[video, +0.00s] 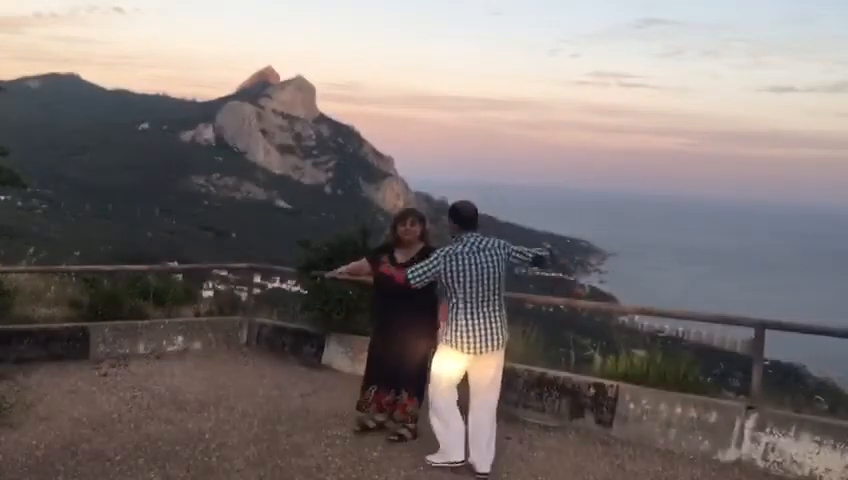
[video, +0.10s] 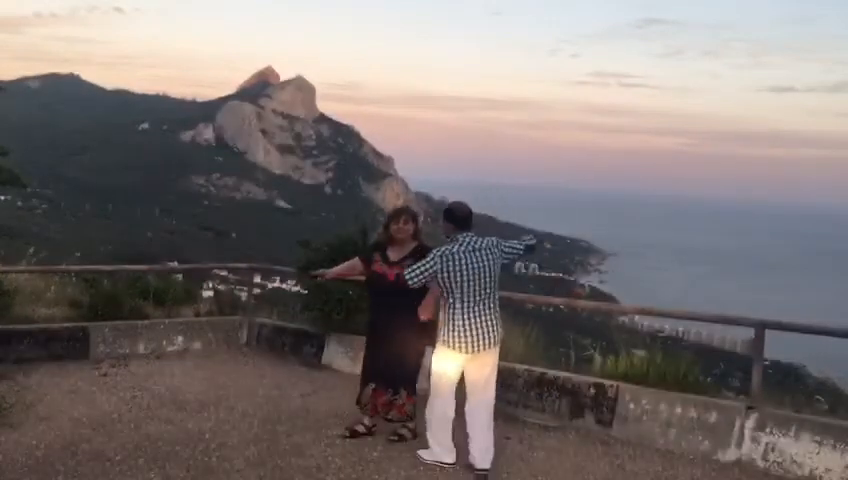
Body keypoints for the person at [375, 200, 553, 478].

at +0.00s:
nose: (449, 226)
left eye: (449, 222)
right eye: (451, 221)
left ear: (452, 224)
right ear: (476, 222)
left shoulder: (446, 254)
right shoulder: (498, 246)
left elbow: (410, 278)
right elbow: (534, 258)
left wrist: (385, 268)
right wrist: (545, 257)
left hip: (457, 337)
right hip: (493, 336)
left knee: (441, 391)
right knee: (484, 400)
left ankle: (452, 452)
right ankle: (482, 462)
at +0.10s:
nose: (442, 227)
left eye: (443, 223)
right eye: (444, 223)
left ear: (446, 225)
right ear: (471, 223)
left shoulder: (442, 254)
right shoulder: (493, 246)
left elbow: (409, 278)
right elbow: (526, 245)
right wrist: (532, 239)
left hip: (452, 333)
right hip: (488, 332)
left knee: (441, 394)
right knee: (481, 397)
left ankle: (441, 452)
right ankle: (482, 460)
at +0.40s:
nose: (430, 227)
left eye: (431, 223)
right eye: (431, 222)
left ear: (436, 224)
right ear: (457, 223)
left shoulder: (433, 250)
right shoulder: (477, 247)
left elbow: (397, 266)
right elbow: (505, 261)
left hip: (438, 333)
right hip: (470, 332)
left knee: (434, 392)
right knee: (457, 385)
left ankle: (441, 452)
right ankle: (466, 439)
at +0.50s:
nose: (427, 227)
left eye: (428, 222)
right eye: (428, 222)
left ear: (435, 223)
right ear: (452, 222)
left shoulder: (432, 247)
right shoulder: (472, 247)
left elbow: (395, 260)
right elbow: (496, 267)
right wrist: (480, 263)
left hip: (437, 332)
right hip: (466, 331)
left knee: (431, 390)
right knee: (450, 385)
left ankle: (440, 450)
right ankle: (454, 441)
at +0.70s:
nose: (424, 228)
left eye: (426, 222)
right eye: (424, 222)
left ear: (434, 223)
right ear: (448, 222)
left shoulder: (434, 248)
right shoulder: (467, 248)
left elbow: (396, 265)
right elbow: (477, 272)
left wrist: (374, 280)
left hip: (435, 329)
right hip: (460, 328)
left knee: (421, 384)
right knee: (443, 386)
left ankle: (440, 443)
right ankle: (444, 438)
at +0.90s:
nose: (415, 228)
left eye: (418, 222)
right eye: (416, 223)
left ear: (428, 223)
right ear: (437, 223)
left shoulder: (435, 247)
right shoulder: (455, 245)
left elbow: (412, 274)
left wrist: (388, 271)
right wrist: (406, 272)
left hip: (432, 327)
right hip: (452, 325)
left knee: (409, 380)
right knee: (441, 383)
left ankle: (435, 432)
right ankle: (444, 437)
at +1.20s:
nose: (399, 225)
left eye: (403, 220)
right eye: (400, 220)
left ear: (416, 222)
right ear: (419, 223)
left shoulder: (426, 246)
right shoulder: (429, 243)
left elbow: (421, 277)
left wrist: (399, 277)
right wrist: (403, 274)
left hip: (418, 327)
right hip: (426, 326)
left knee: (402, 381)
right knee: (424, 379)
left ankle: (404, 436)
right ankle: (438, 428)